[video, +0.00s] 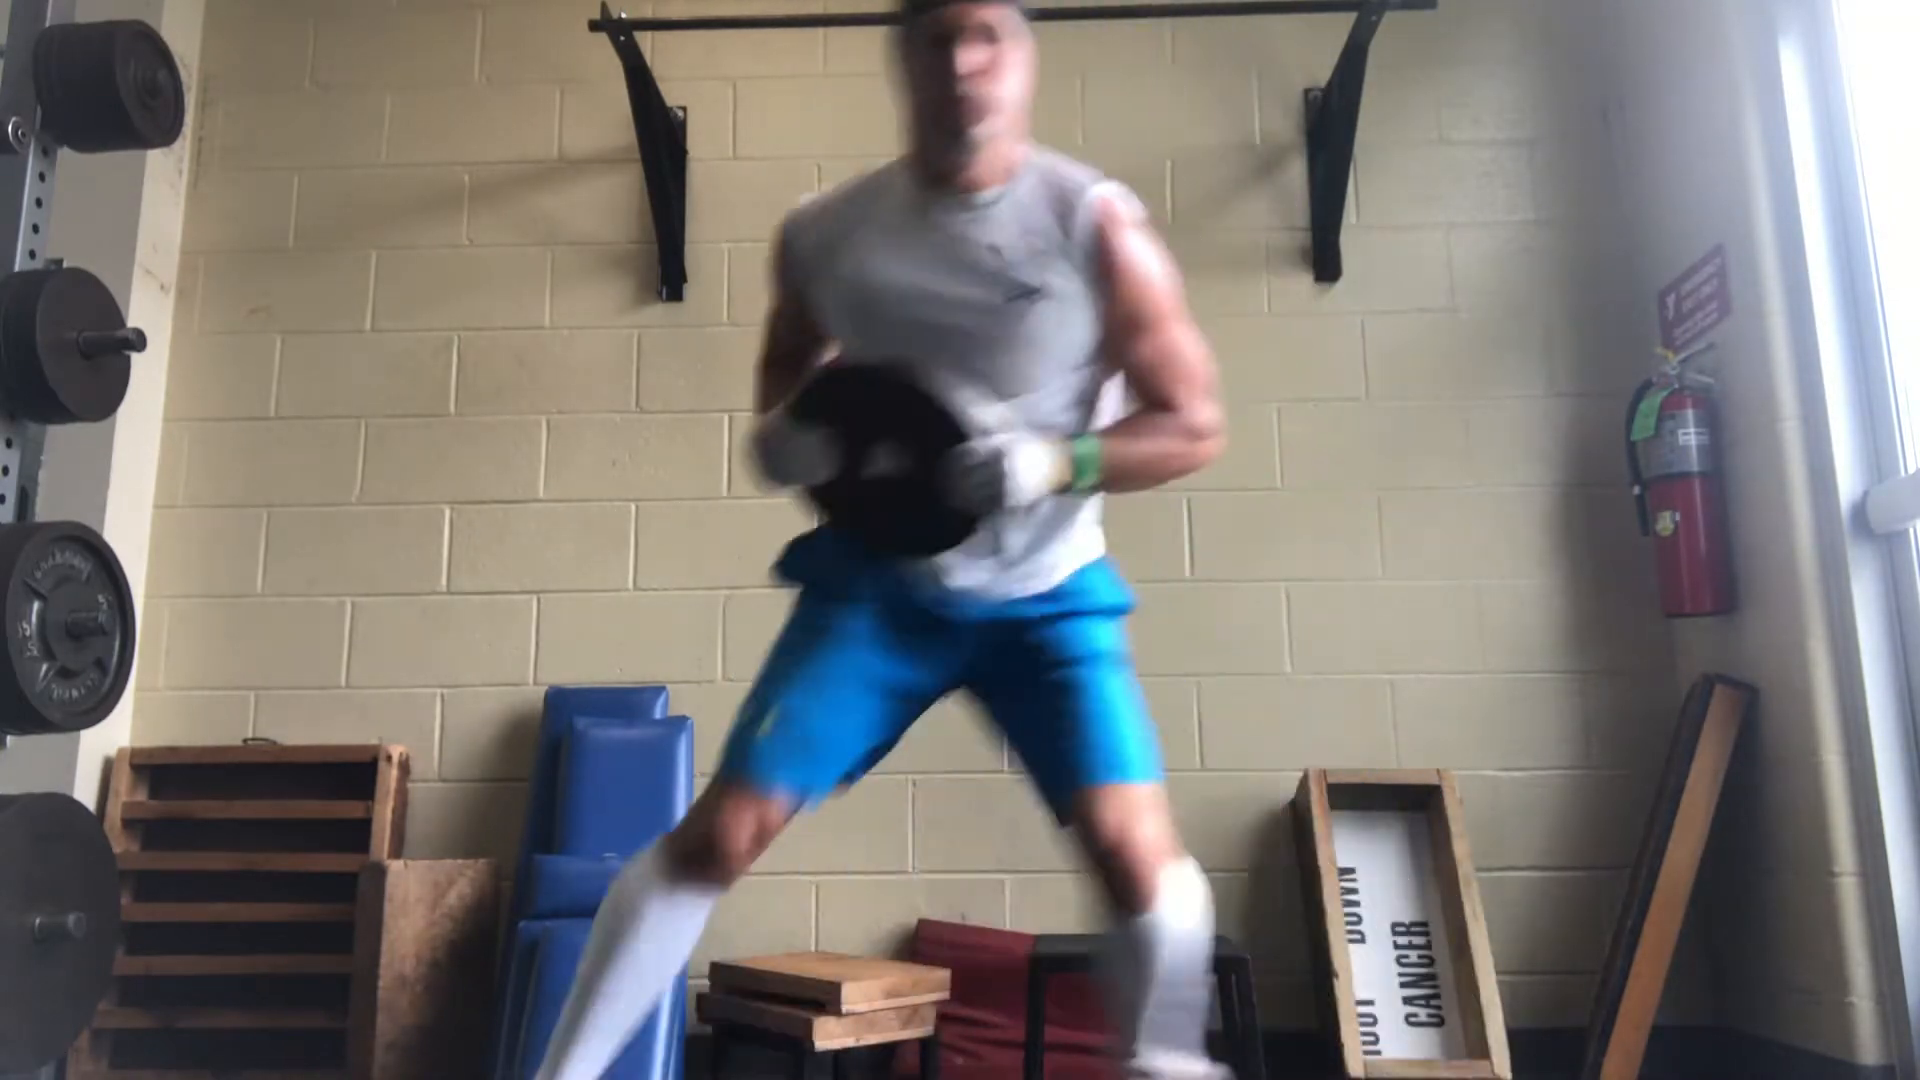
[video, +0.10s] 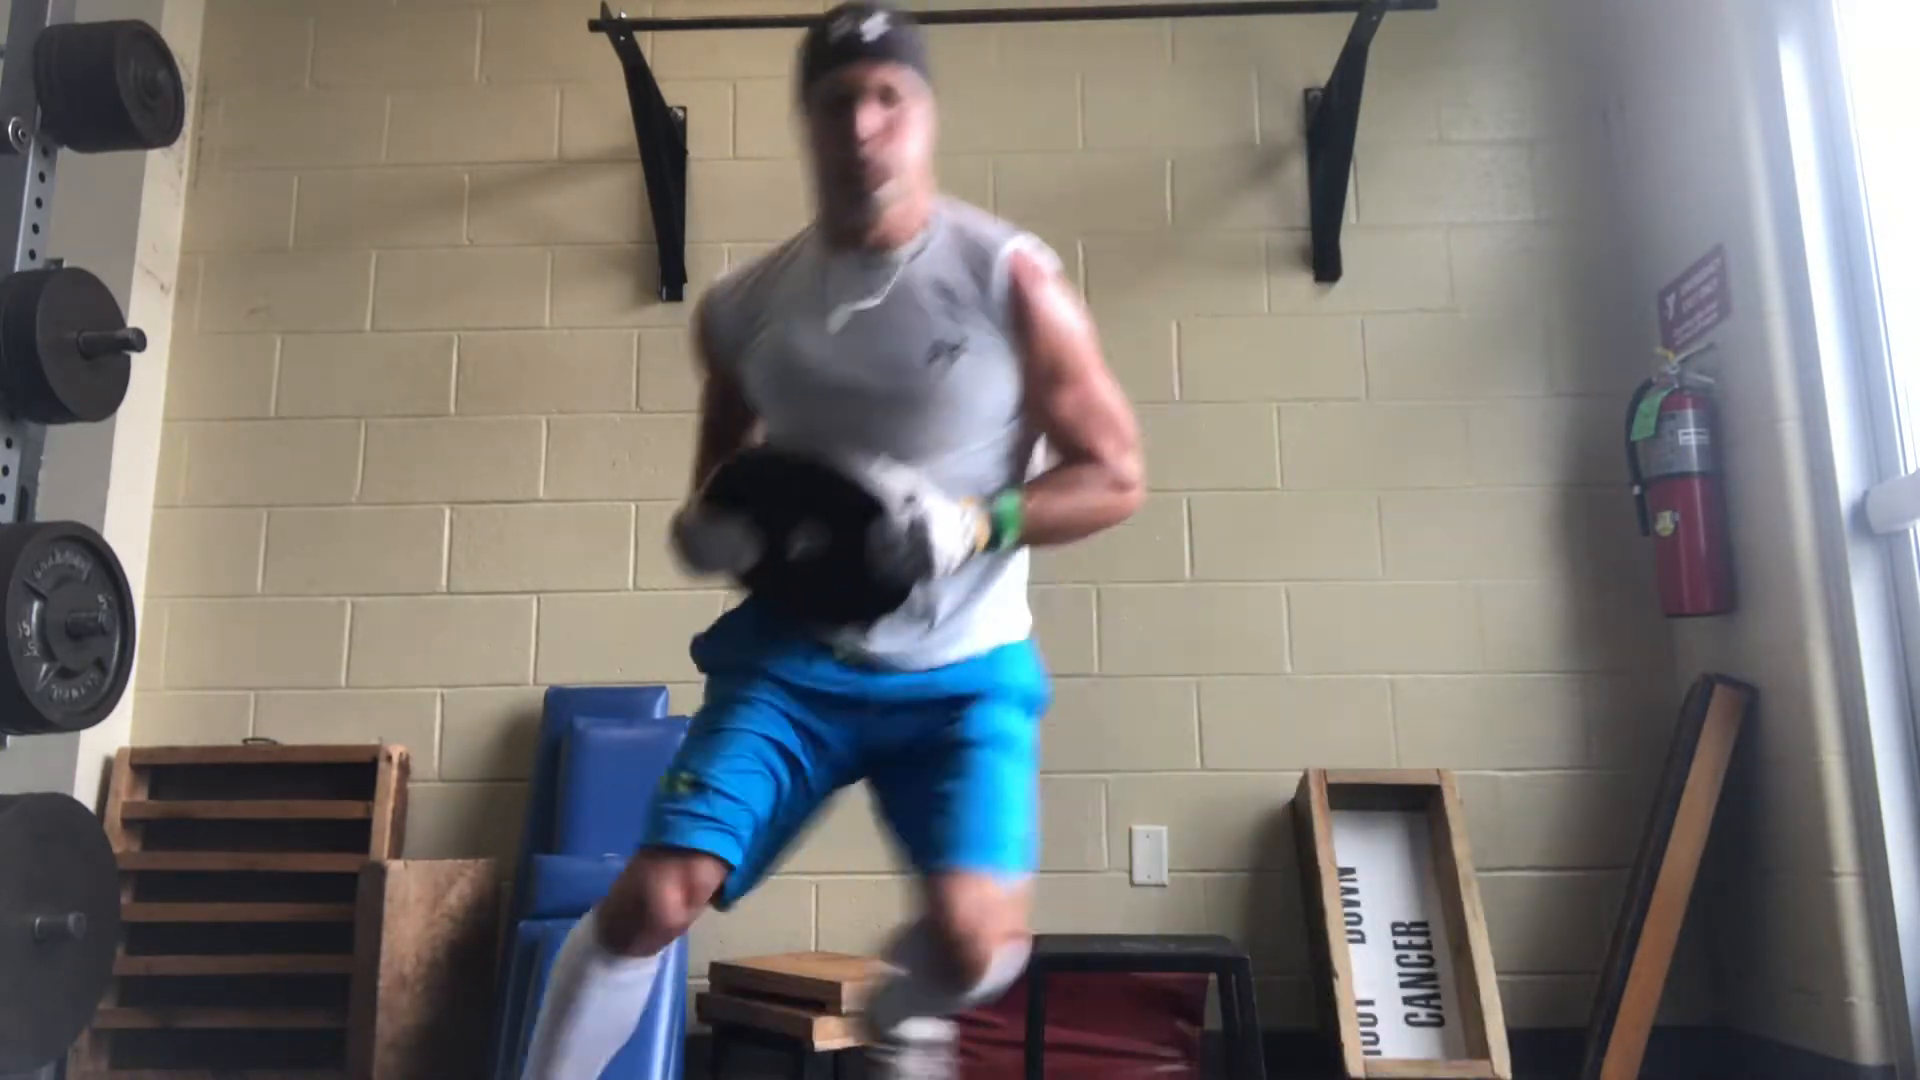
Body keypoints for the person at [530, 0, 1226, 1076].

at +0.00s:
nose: (965, 62)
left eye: (989, 36)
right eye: (938, 38)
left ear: (1028, 59)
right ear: (903, 63)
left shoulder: (1097, 225)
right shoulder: (823, 243)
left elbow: (1194, 427)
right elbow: (775, 438)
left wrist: (1052, 463)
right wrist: (793, 449)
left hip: (1051, 599)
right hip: (877, 594)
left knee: (1135, 856)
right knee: (724, 832)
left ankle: (1166, 1074)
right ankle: (560, 1075)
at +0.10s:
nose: (859, 128)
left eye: (885, 100)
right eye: (835, 104)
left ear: (929, 115)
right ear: (804, 126)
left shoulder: (1008, 279)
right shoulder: (741, 312)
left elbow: (1117, 477)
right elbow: (709, 513)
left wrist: (972, 526)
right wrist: (737, 533)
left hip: (966, 678)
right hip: (790, 665)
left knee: (978, 938)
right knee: (654, 898)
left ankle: (889, 1024)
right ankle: (547, 1077)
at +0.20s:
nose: (823, 151)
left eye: (847, 129)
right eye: (796, 133)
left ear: (885, 152)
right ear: (764, 163)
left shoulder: (979, 298)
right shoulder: (715, 346)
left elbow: (1107, 486)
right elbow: (701, 518)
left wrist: (977, 551)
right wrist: (697, 577)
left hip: (947, 690)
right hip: (775, 684)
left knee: (919, 950)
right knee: (643, 915)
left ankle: (890, 990)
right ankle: (545, 1076)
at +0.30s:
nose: (874, 131)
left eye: (897, 106)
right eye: (848, 111)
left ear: (941, 125)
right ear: (819, 137)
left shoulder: (1033, 281)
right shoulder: (755, 317)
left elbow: (1175, 444)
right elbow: (738, 459)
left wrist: (1056, 507)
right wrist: (769, 519)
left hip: (1007, 655)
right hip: (827, 662)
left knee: (1088, 888)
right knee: (681, 906)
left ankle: (1108, 1005)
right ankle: (555, 1075)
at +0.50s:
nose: (1133, 111)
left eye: (1157, 83)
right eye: (1106, 84)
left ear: (1200, 105)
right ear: (1067, 104)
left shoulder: (1258, 275)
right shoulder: (966, 265)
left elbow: (1362, 418)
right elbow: (907, 455)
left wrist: (1340, 476)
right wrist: (1022, 485)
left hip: (1200, 643)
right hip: (1018, 644)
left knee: (1348, 878)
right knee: (897, 887)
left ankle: (1497, 1074)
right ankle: (884, 1036)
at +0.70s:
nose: (1271, 150)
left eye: (1298, 126)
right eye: (1245, 121)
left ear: (1326, 154)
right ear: (1193, 137)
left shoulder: (1364, 332)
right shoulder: (1070, 297)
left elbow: (1433, 489)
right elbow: (982, 479)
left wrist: (1412, 551)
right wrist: (1087, 547)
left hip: (1281, 662)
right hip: (1091, 660)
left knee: (1403, 877)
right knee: (993, 898)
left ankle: (1520, 1074)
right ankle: (1068, 944)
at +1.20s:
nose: (787, 170)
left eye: (812, 138)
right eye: (758, 145)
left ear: (855, 145)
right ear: (725, 168)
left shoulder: (965, 304)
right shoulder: (708, 343)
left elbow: (1098, 482)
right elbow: (709, 496)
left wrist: (955, 552)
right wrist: (698, 569)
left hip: (945, 678)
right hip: (781, 671)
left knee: (887, 923)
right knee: (667, 899)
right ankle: (586, 1079)